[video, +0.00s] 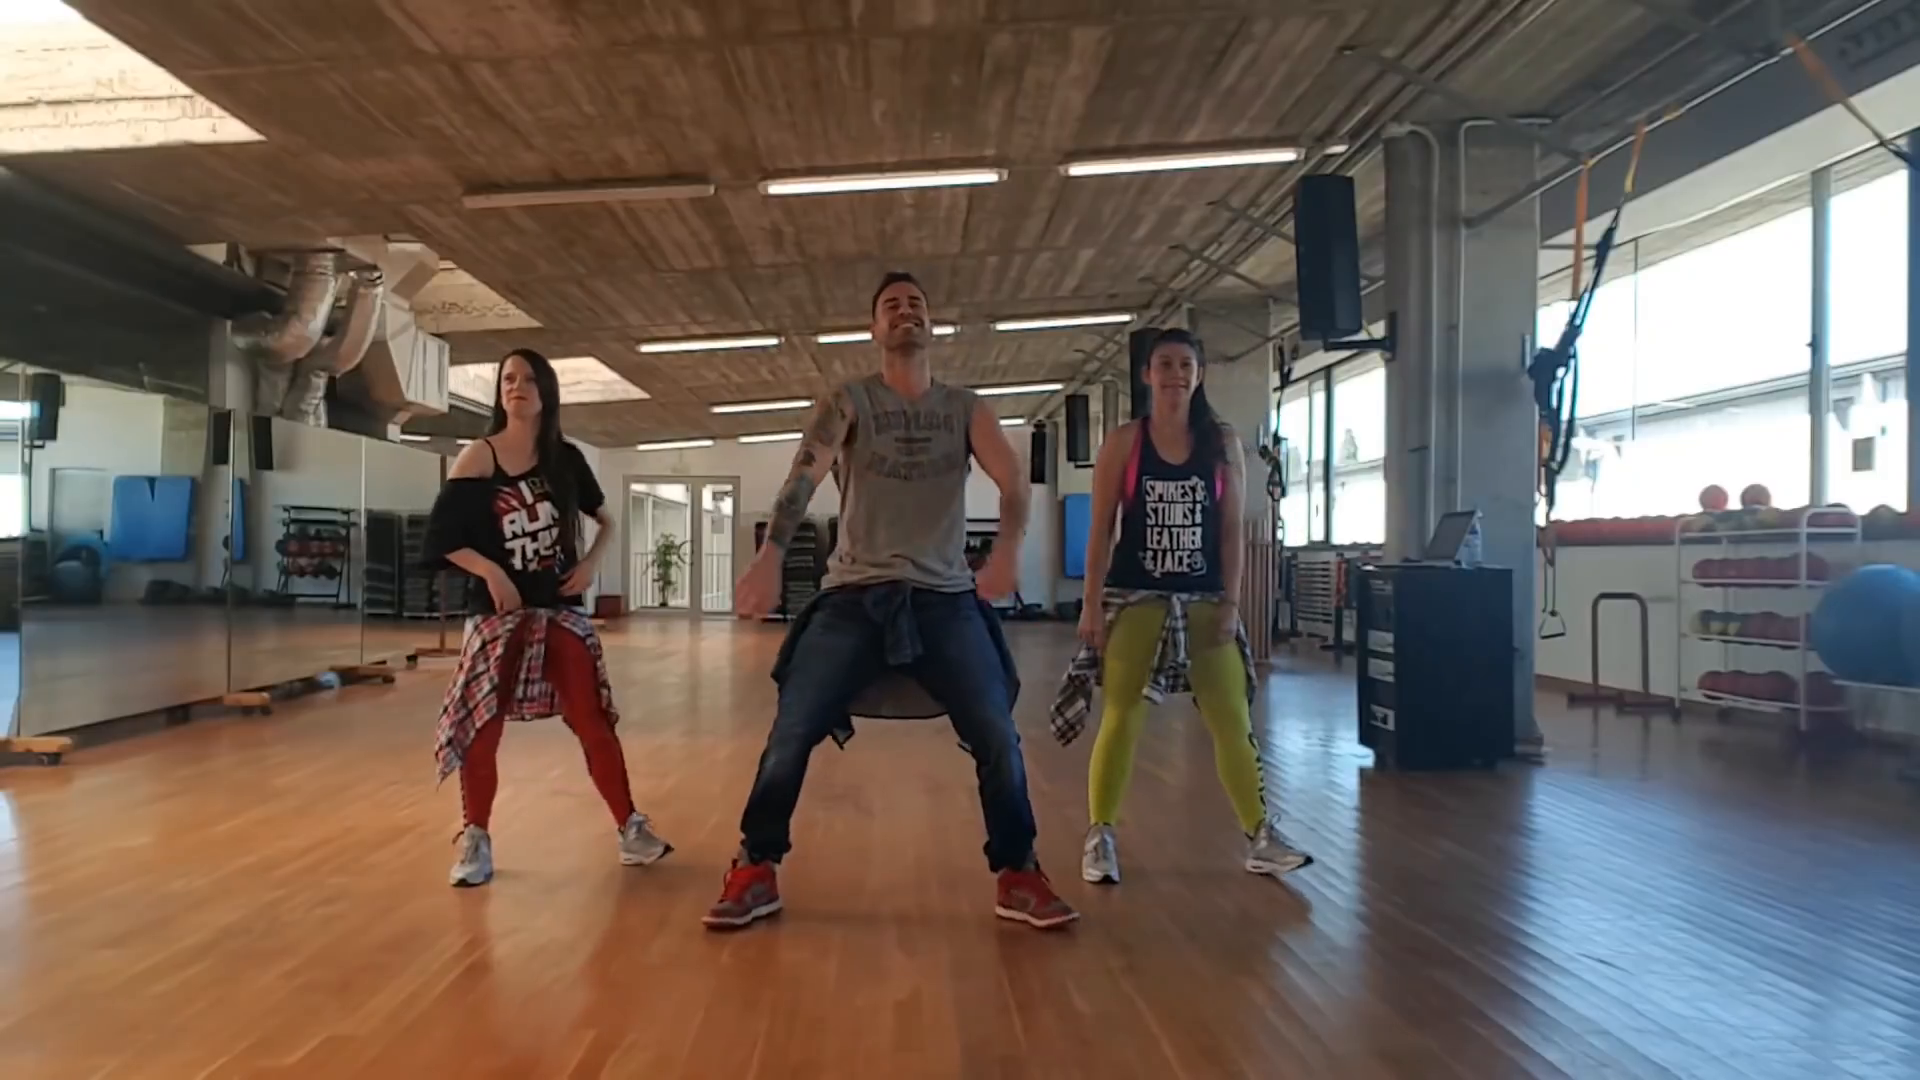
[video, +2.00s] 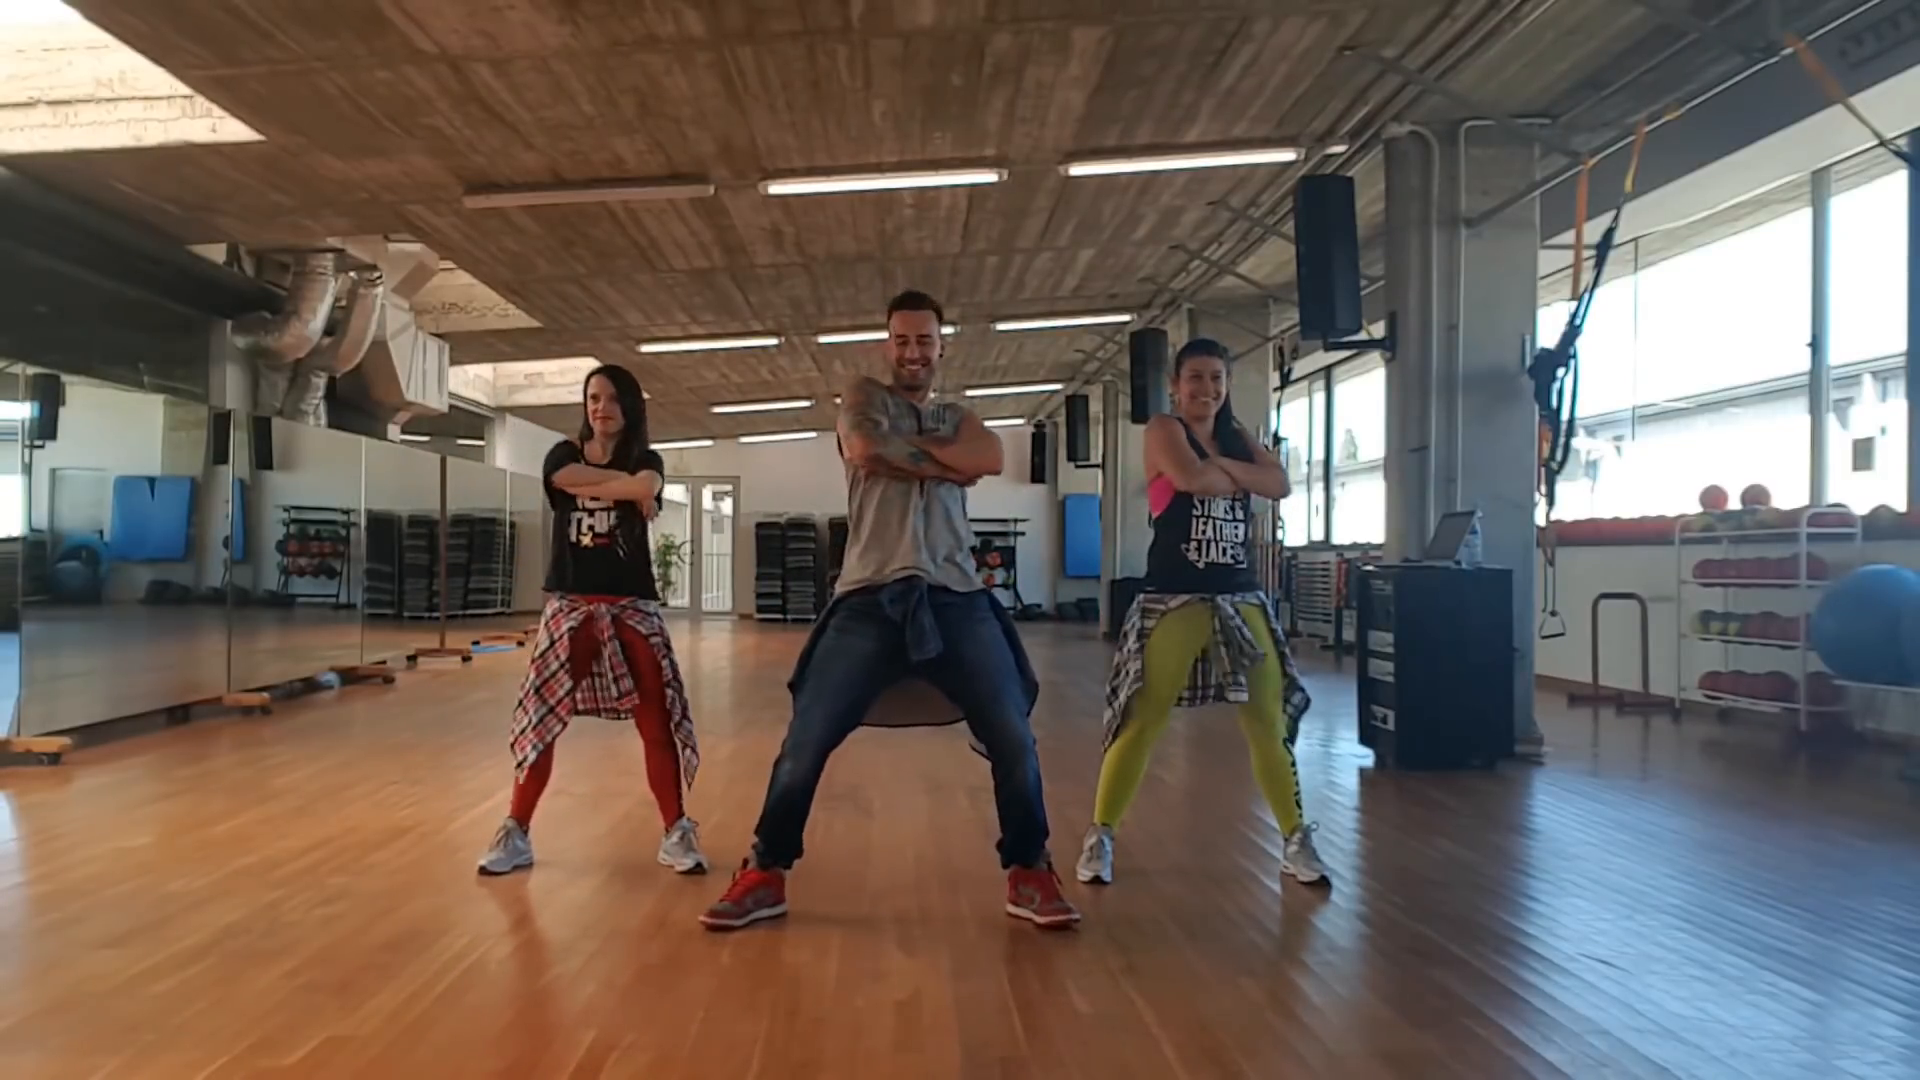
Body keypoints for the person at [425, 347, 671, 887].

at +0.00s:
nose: (518, 388)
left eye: (528, 380)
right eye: (510, 380)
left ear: (548, 390)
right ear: (499, 393)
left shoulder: (566, 458)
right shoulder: (477, 457)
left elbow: (605, 521)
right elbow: (445, 540)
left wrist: (590, 563)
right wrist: (492, 572)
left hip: (561, 607)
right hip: (499, 610)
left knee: (588, 715)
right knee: (481, 726)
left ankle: (630, 827)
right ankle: (475, 839)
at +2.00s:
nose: (600, 407)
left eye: (610, 399)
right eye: (594, 398)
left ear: (631, 407)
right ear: (584, 406)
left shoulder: (647, 461)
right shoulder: (564, 454)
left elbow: (642, 490)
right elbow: (564, 480)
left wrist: (583, 482)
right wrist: (633, 486)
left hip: (633, 603)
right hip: (570, 601)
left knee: (655, 720)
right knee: (543, 714)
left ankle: (677, 831)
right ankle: (516, 833)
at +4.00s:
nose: (602, 406)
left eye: (612, 398)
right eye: (595, 397)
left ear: (631, 405)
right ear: (586, 404)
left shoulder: (646, 455)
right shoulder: (567, 451)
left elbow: (629, 470)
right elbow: (541, 460)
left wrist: (573, 480)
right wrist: (601, 467)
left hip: (631, 602)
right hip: (569, 601)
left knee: (653, 720)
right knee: (537, 714)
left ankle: (678, 831)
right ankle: (516, 832)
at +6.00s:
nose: (588, 402)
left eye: (597, 395)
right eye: (580, 394)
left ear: (615, 402)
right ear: (571, 403)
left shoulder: (639, 454)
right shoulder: (559, 455)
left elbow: (627, 486)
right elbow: (538, 485)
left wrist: (568, 486)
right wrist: (609, 478)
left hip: (634, 599)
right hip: (572, 600)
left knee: (657, 718)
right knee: (547, 713)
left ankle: (687, 830)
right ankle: (519, 833)